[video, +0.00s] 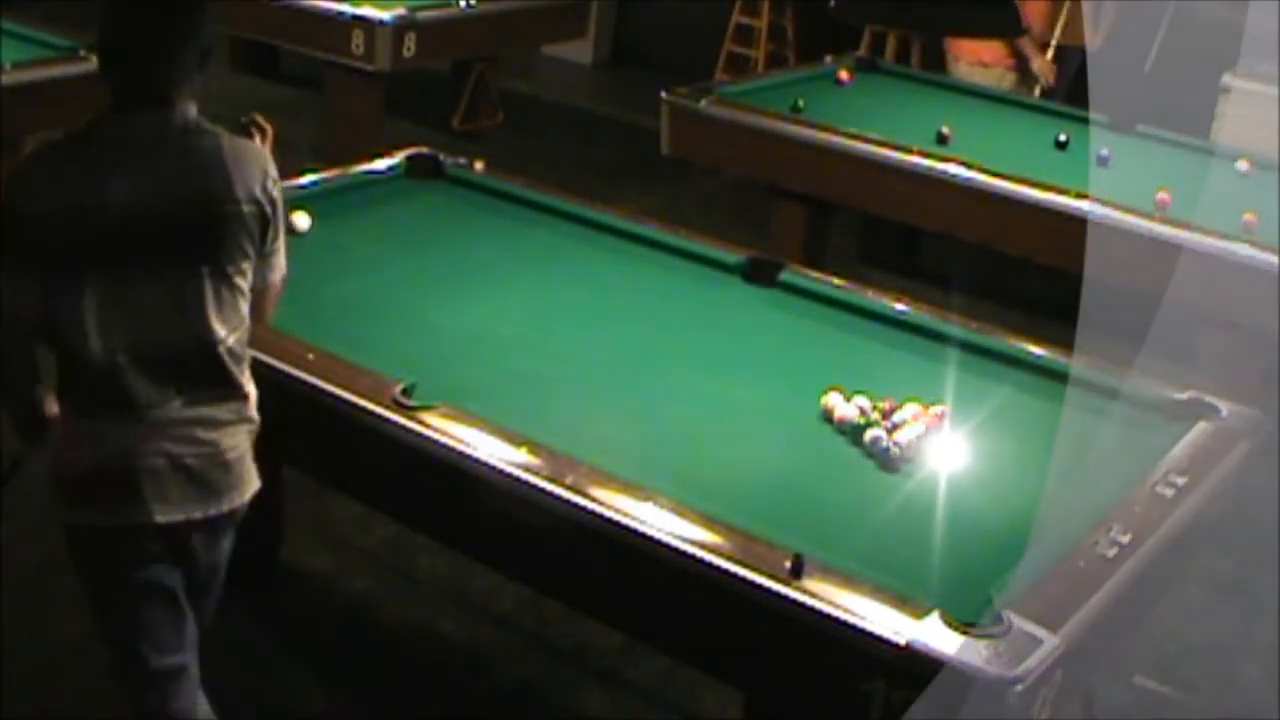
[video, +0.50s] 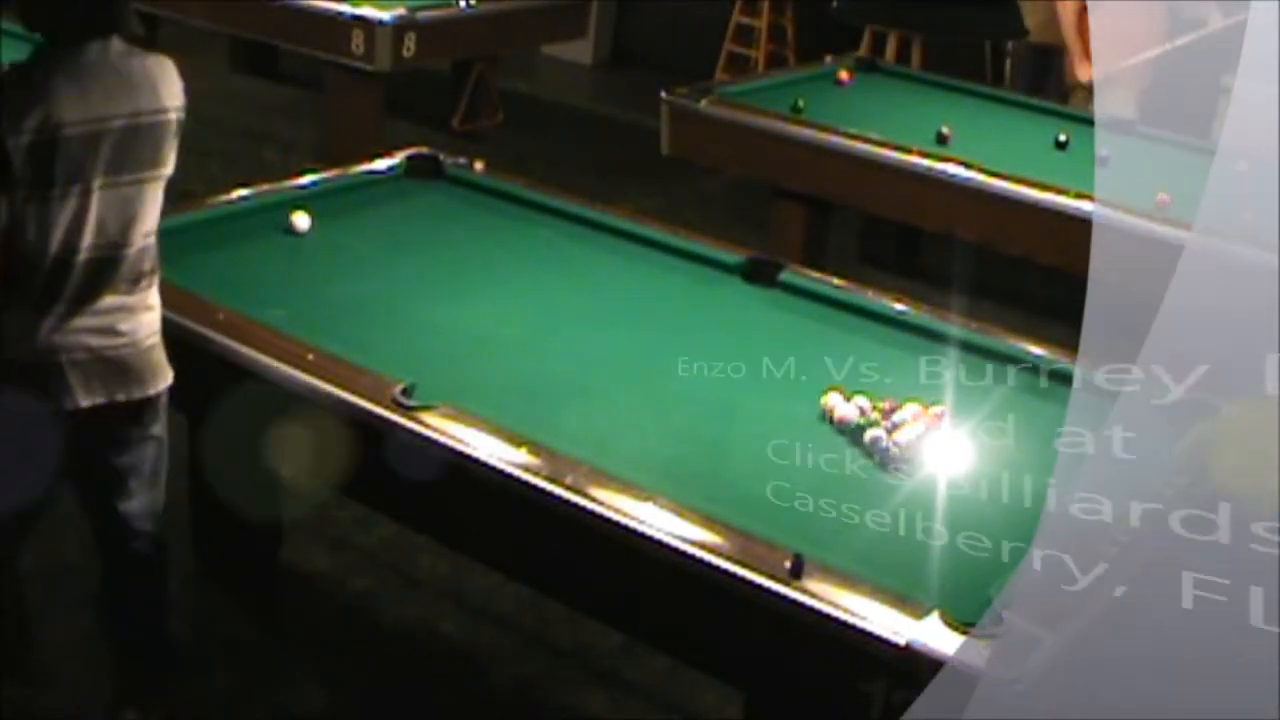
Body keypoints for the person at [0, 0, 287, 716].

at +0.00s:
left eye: (110, 51)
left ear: (106, 60)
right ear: (203, 62)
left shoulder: (49, 174)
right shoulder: (245, 169)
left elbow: (20, 327)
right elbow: (261, 307)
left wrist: (43, 418)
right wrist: (258, 171)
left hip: (103, 472)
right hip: (218, 470)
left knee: (165, 680)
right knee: (181, 667)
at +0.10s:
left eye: (109, 41)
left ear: (107, 51)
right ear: (194, 51)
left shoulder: (61, 151)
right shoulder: (239, 149)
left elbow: (23, 293)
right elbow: (244, 273)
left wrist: (23, 384)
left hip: (93, 445)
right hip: (198, 437)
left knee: (141, 638)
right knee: (165, 618)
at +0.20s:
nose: (94, 29)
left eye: (99, 19)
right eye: (105, 18)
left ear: (103, 29)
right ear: (181, 30)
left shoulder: (59, 128)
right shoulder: (225, 128)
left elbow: (24, 268)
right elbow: (217, 245)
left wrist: (24, 349)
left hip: (86, 415)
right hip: (186, 409)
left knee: (86, 576)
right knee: (162, 578)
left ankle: (162, 710)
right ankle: (158, 695)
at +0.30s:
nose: (83, 25)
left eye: (87, 15)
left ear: (89, 20)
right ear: (164, 22)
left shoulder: (51, 111)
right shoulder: (207, 110)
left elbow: (25, 245)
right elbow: (195, 214)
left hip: (80, 389)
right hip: (174, 379)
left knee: (58, 546)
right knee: (158, 558)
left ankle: (146, 696)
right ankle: (164, 692)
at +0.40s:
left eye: (62, 8)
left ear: (67, 9)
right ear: (144, 9)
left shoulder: (26, 105)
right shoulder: (186, 91)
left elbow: (9, 251)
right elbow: (174, 203)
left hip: (44, 381)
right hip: (150, 373)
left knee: (37, 542)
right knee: (146, 554)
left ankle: (66, 684)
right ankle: (153, 694)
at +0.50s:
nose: (27, 15)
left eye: (35, 8)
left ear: (48, 9)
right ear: (121, 6)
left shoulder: (25, 94)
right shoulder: (164, 83)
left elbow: (13, 227)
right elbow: (139, 194)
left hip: (36, 364)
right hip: (134, 355)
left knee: (18, 535)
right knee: (139, 543)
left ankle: (23, 679)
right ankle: (148, 691)